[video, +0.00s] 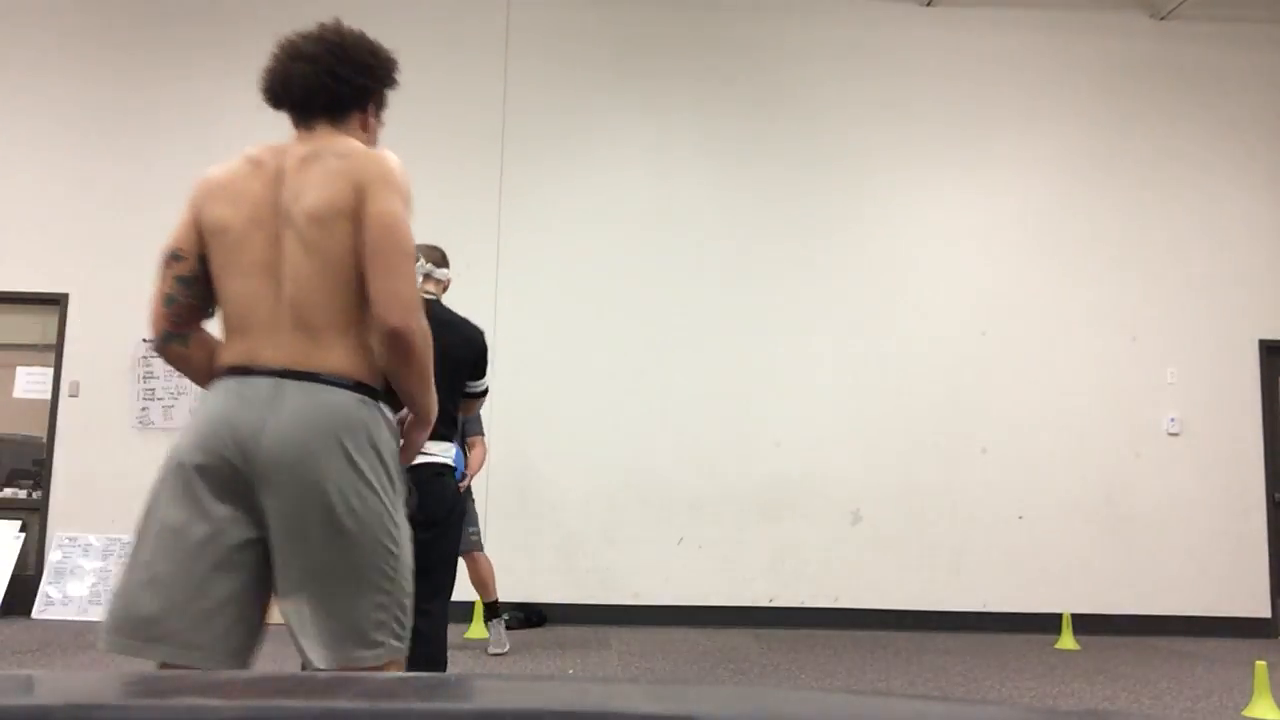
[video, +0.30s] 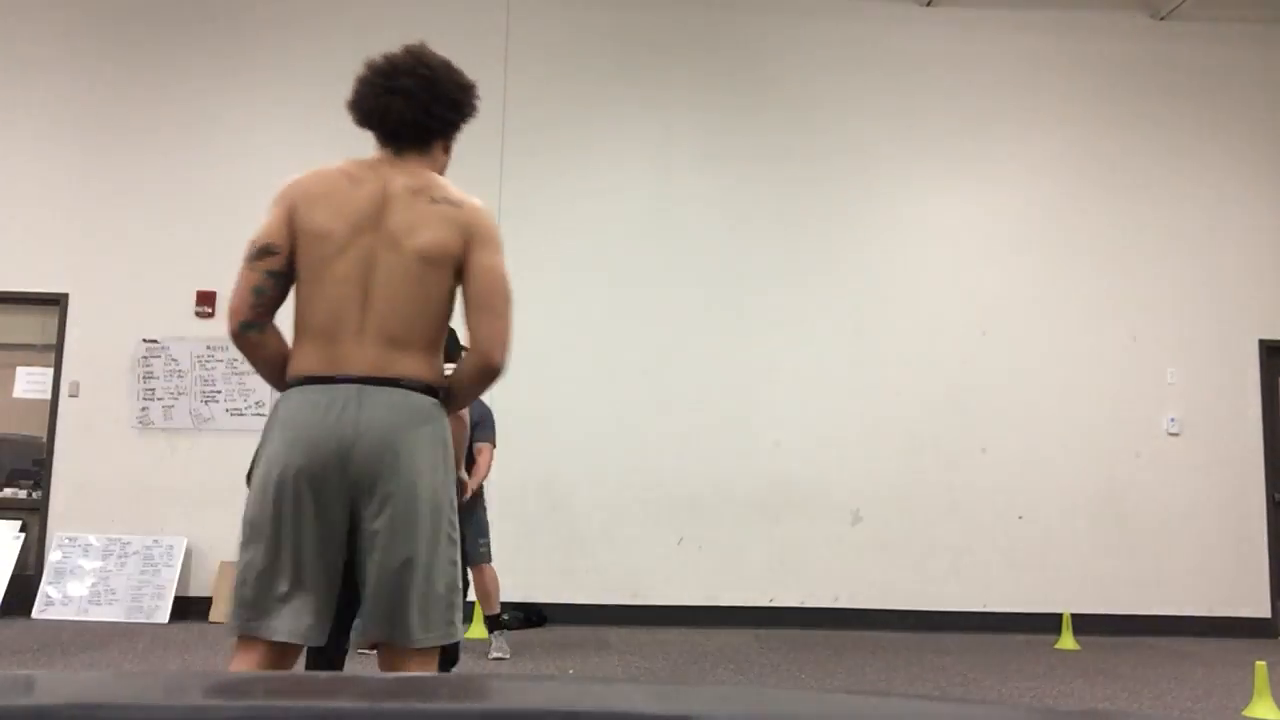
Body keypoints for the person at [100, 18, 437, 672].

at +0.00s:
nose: (382, 130)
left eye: (383, 117)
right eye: (382, 116)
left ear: (293, 109)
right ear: (367, 111)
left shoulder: (220, 183)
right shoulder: (373, 170)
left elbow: (173, 329)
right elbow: (398, 323)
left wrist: (247, 392)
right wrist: (423, 415)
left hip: (228, 409)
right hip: (332, 419)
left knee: (187, 668)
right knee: (373, 667)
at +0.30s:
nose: (453, 151)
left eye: (453, 138)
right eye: (454, 139)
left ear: (377, 124)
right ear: (447, 138)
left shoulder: (303, 194)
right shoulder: (467, 217)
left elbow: (247, 321)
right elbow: (490, 356)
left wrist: (306, 391)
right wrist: (442, 401)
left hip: (302, 419)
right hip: (408, 426)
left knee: (265, 642)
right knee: (407, 652)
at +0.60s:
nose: (449, 169)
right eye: (451, 158)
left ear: (376, 147)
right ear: (446, 158)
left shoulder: (318, 217)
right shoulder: (474, 240)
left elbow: (264, 334)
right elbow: (495, 368)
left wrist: (320, 395)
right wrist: (430, 398)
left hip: (330, 431)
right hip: (428, 436)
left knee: (275, 642)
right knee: (417, 645)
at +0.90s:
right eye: (380, 169)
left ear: (315, 170)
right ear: (383, 171)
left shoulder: (272, 248)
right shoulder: (422, 246)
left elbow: (237, 365)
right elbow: (457, 359)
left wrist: (298, 406)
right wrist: (397, 403)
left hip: (299, 433)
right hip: (392, 438)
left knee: (262, 633)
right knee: (411, 636)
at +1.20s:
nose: (380, 207)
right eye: (381, 196)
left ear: (314, 197)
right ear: (376, 197)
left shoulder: (267, 260)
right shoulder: (401, 258)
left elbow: (225, 367)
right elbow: (429, 365)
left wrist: (287, 413)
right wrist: (392, 417)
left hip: (288, 435)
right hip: (373, 440)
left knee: (257, 628)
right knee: (424, 622)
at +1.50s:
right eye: (426, 250)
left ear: (368, 248)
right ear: (425, 252)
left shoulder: (327, 292)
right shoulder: (455, 308)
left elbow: (278, 378)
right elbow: (473, 403)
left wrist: (323, 438)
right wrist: (423, 445)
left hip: (328, 454)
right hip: (413, 460)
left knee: (248, 608)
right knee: (447, 622)